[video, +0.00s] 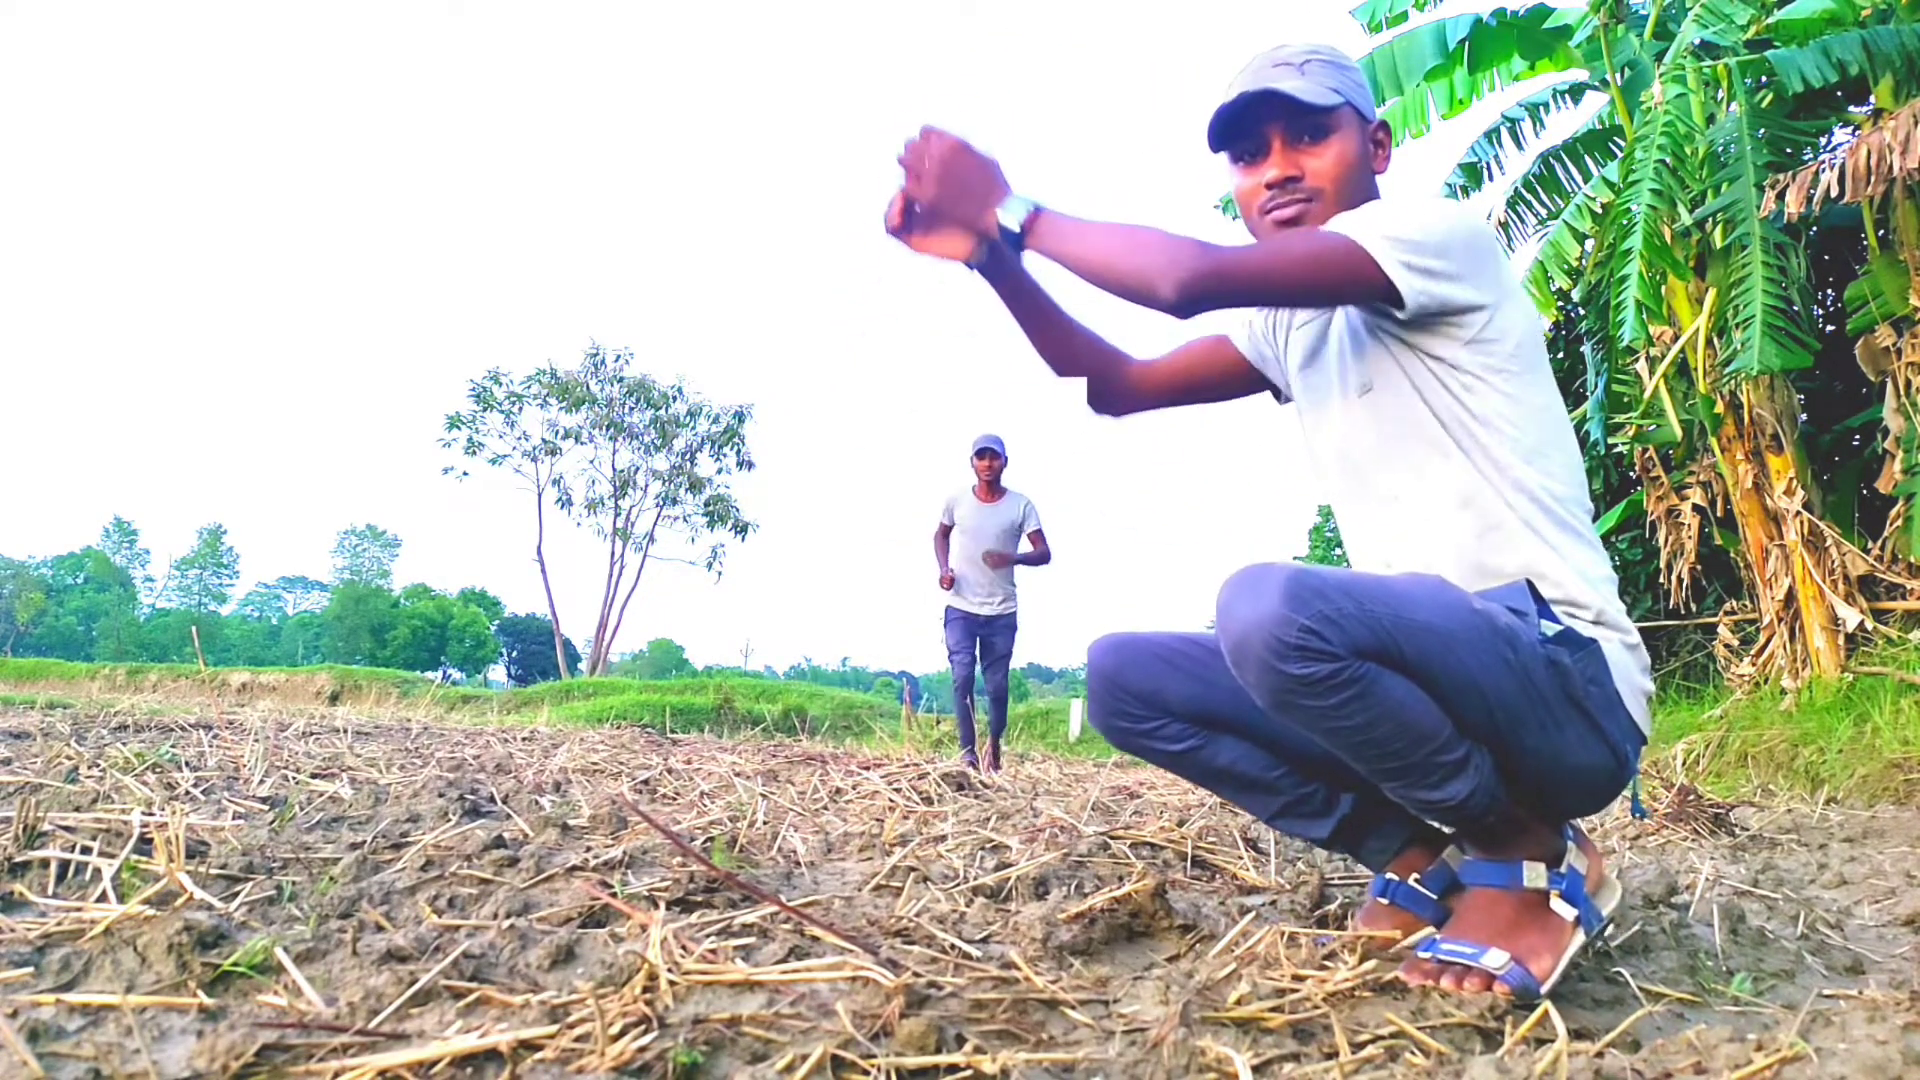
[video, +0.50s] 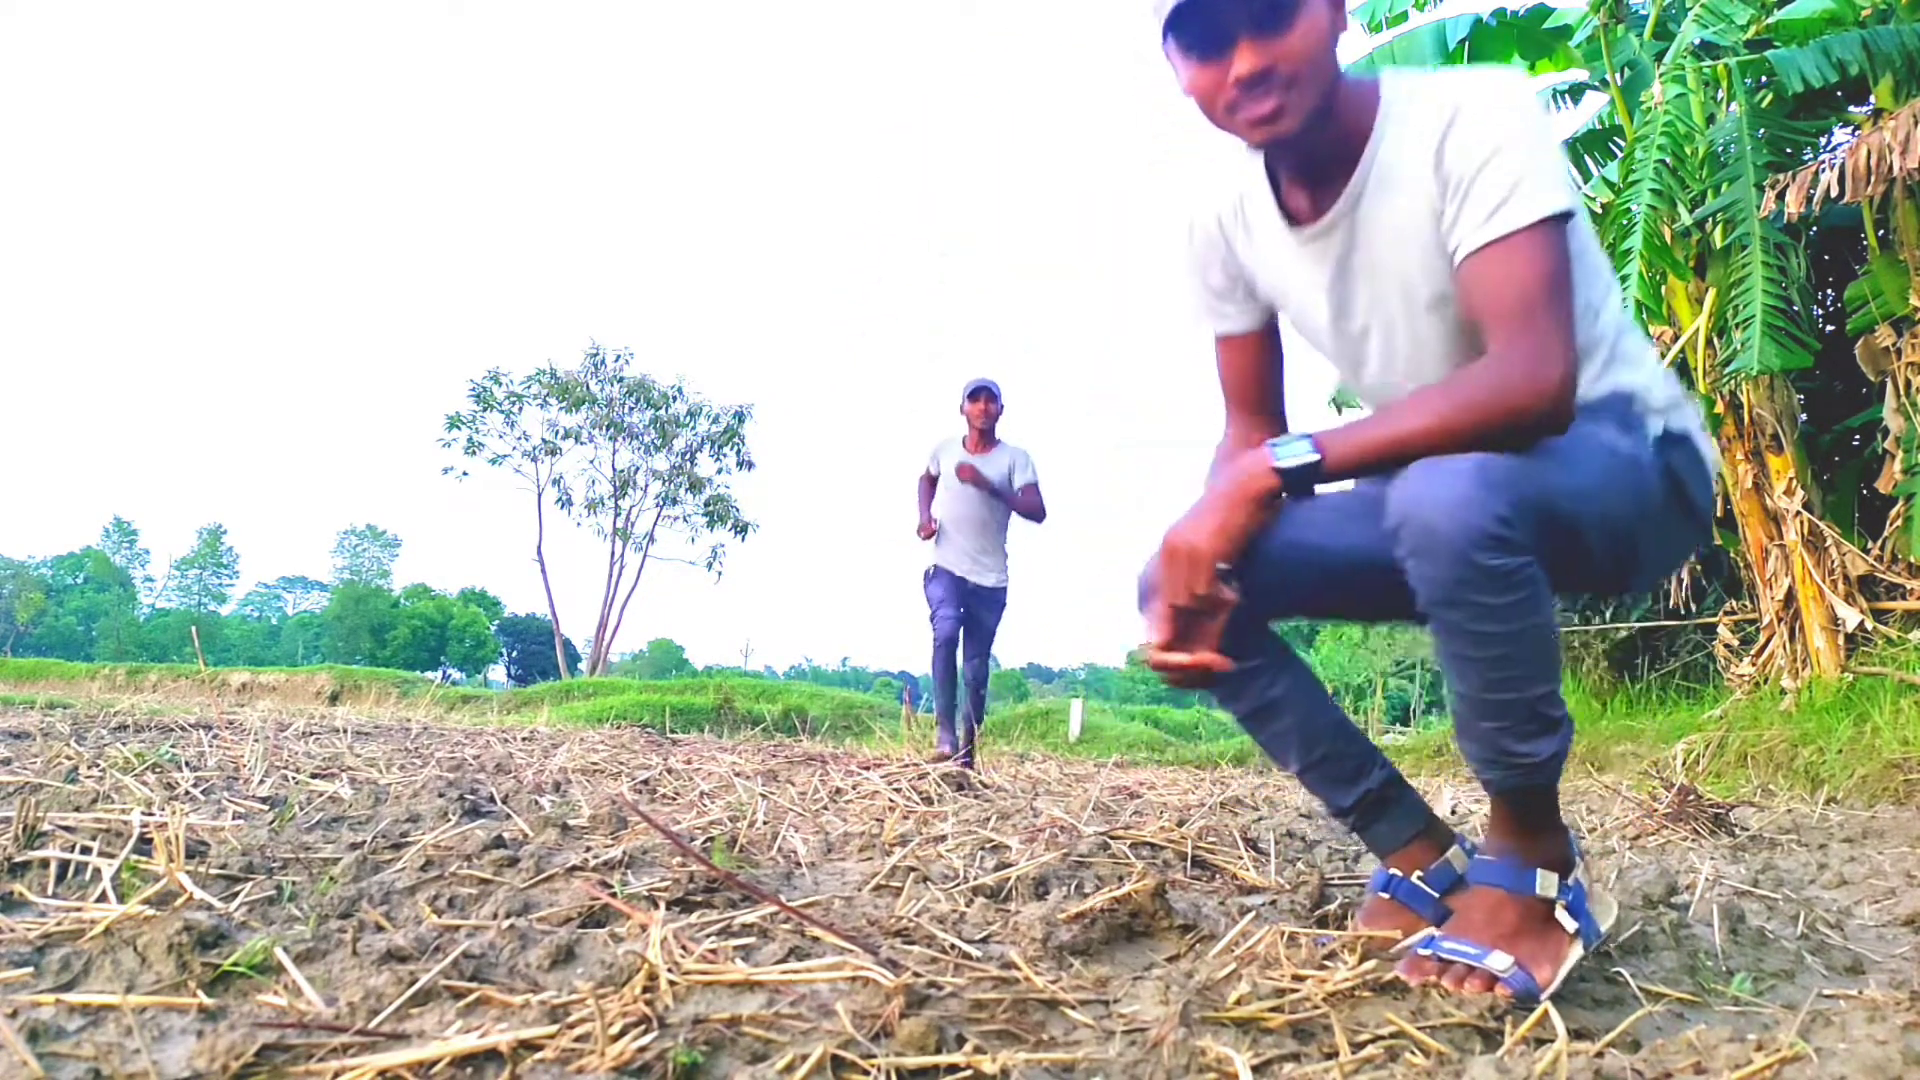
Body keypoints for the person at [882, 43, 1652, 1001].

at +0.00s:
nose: (1275, 167)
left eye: (1309, 132)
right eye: (1247, 148)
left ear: (1379, 149)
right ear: (1231, 180)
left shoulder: (1443, 239)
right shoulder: (1295, 328)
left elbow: (1189, 278)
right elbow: (1116, 383)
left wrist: (1011, 212)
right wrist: (991, 257)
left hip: (1566, 670)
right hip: (1435, 684)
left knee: (1271, 611)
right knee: (1124, 681)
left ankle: (1520, 859)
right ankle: (1425, 854)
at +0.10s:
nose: (1281, 161)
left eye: (1313, 129)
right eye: (1252, 143)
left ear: (1381, 147)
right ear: (1235, 186)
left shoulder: (1459, 247)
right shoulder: (1301, 346)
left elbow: (1295, 397)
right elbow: (1179, 501)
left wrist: (1077, 386)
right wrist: (1041, 453)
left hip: (1567, 676)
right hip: (1434, 700)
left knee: (1268, 613)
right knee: (1122, 681)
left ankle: (1518, 859)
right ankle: (1415, 858)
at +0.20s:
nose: (1273, 168)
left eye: (1302, 136)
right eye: (1241, 150)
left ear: (1364, 151)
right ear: (1220, 190)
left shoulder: (1457, 259)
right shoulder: (1275, 369)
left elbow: (1387, 461)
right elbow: (1228, 554)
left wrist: (1147, 494)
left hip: (1573, 684)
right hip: (1420, 707)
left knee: (1278, 608)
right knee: (1122, 677)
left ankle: (1521, 859)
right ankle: (1411, 853)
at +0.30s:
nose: (1235, 188)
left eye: (1263, 151)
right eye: (1200, 172)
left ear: (1328, 156)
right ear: (1183, 210)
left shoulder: (1444, 255)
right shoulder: (1252, 370)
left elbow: (1455, 472)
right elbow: (1250, 561)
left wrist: (1202, 512)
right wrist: (1167, 598)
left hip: (1594, 676)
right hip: (1426, 703)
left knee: (1341, 567)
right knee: (1140, 658)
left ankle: (1533, 858)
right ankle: (1412, 862)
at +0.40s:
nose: (1226, 163)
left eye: (1249, 120)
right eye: (1188, 144)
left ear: (1312, 112)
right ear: (1163, 176)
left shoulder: (1438, 205)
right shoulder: (1236, 323)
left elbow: (1496, 432)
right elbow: (1251, 520)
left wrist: (1227, 473)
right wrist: (1168, 578)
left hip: (1615, 606)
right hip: (1439, 632)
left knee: (1390, 528)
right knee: (1158, 629)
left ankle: (1529, 864)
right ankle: (1416, 860)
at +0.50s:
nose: (1247, 67)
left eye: (1272, 23)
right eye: (1207, 43)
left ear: (1337, 15)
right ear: (1175, 71)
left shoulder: (1479, 120)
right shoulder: (1226, 220)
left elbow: (1533, 378)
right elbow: (1249, 434)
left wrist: (1276, 469)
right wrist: (1193, 551)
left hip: (1626, 465)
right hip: (1426, 491)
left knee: (1445, 500)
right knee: (1187, 594)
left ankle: (1533, 864)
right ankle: (1426, 864)